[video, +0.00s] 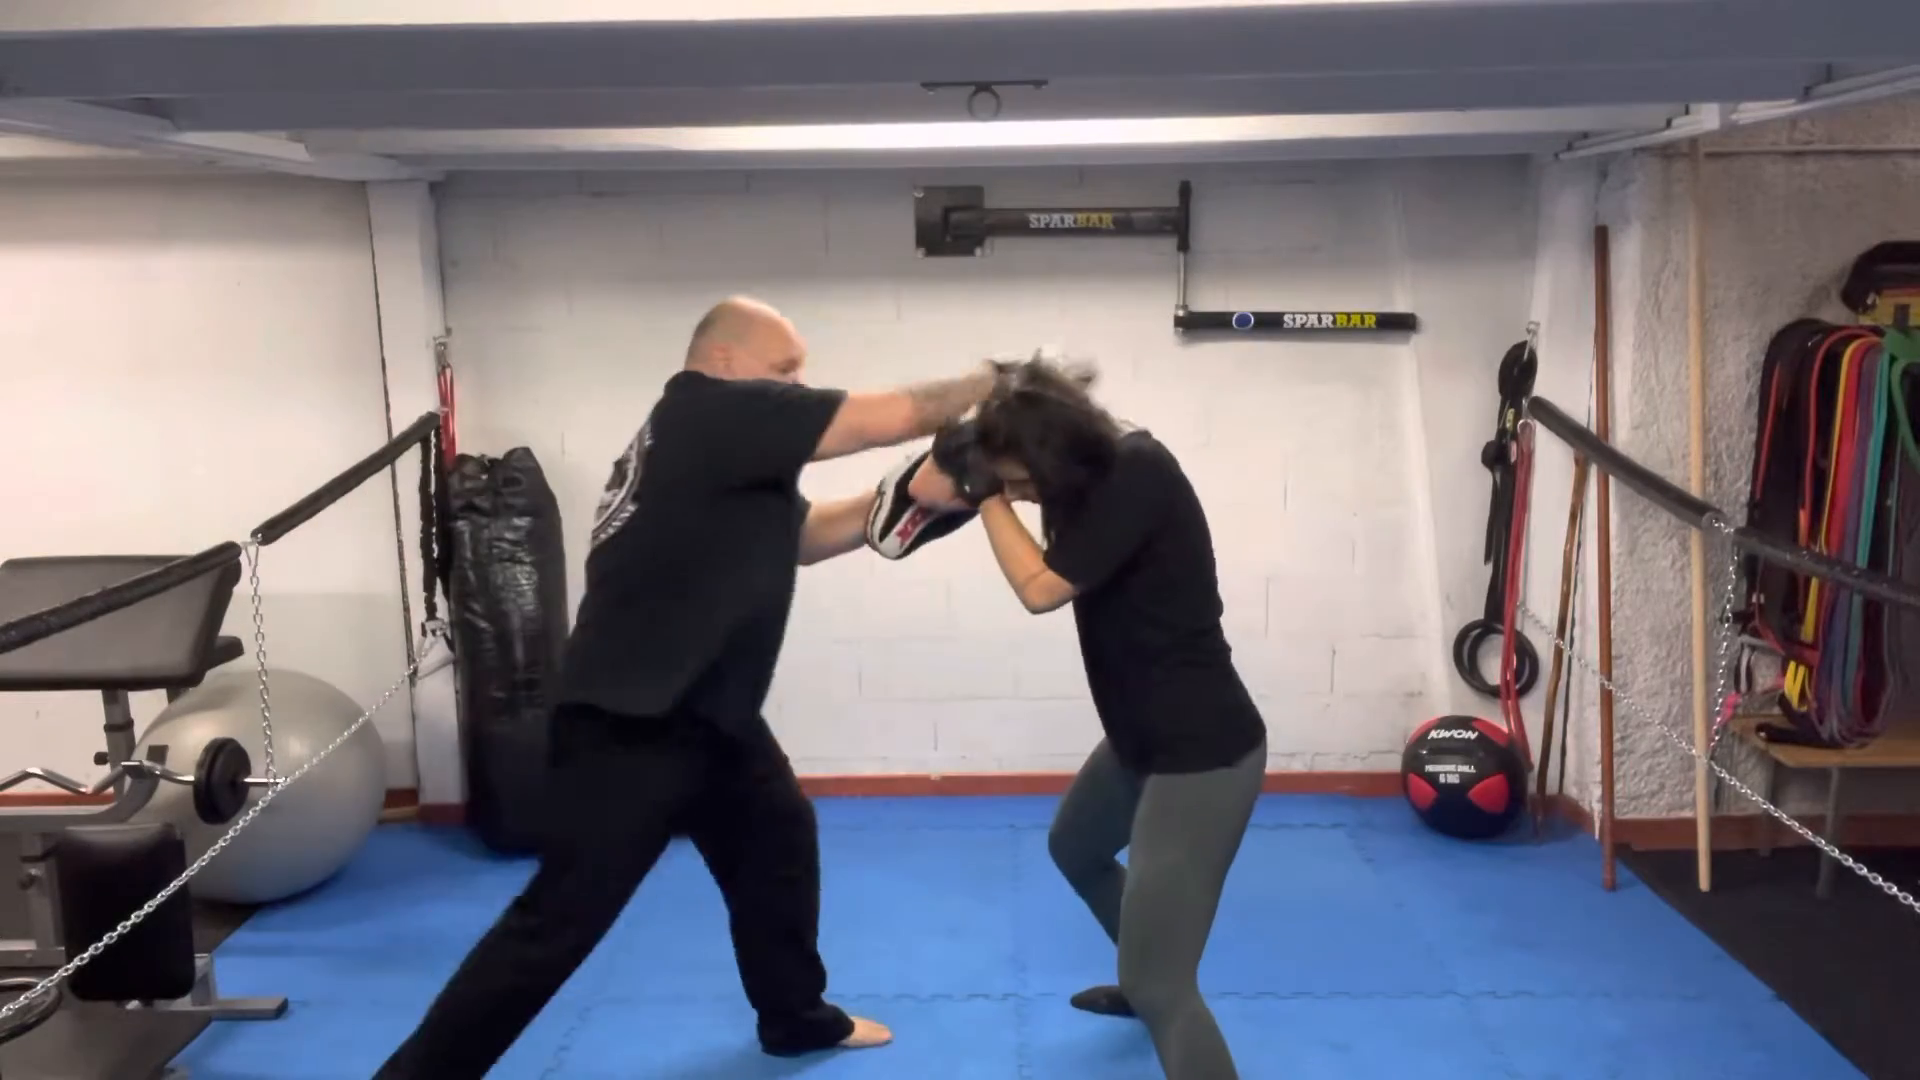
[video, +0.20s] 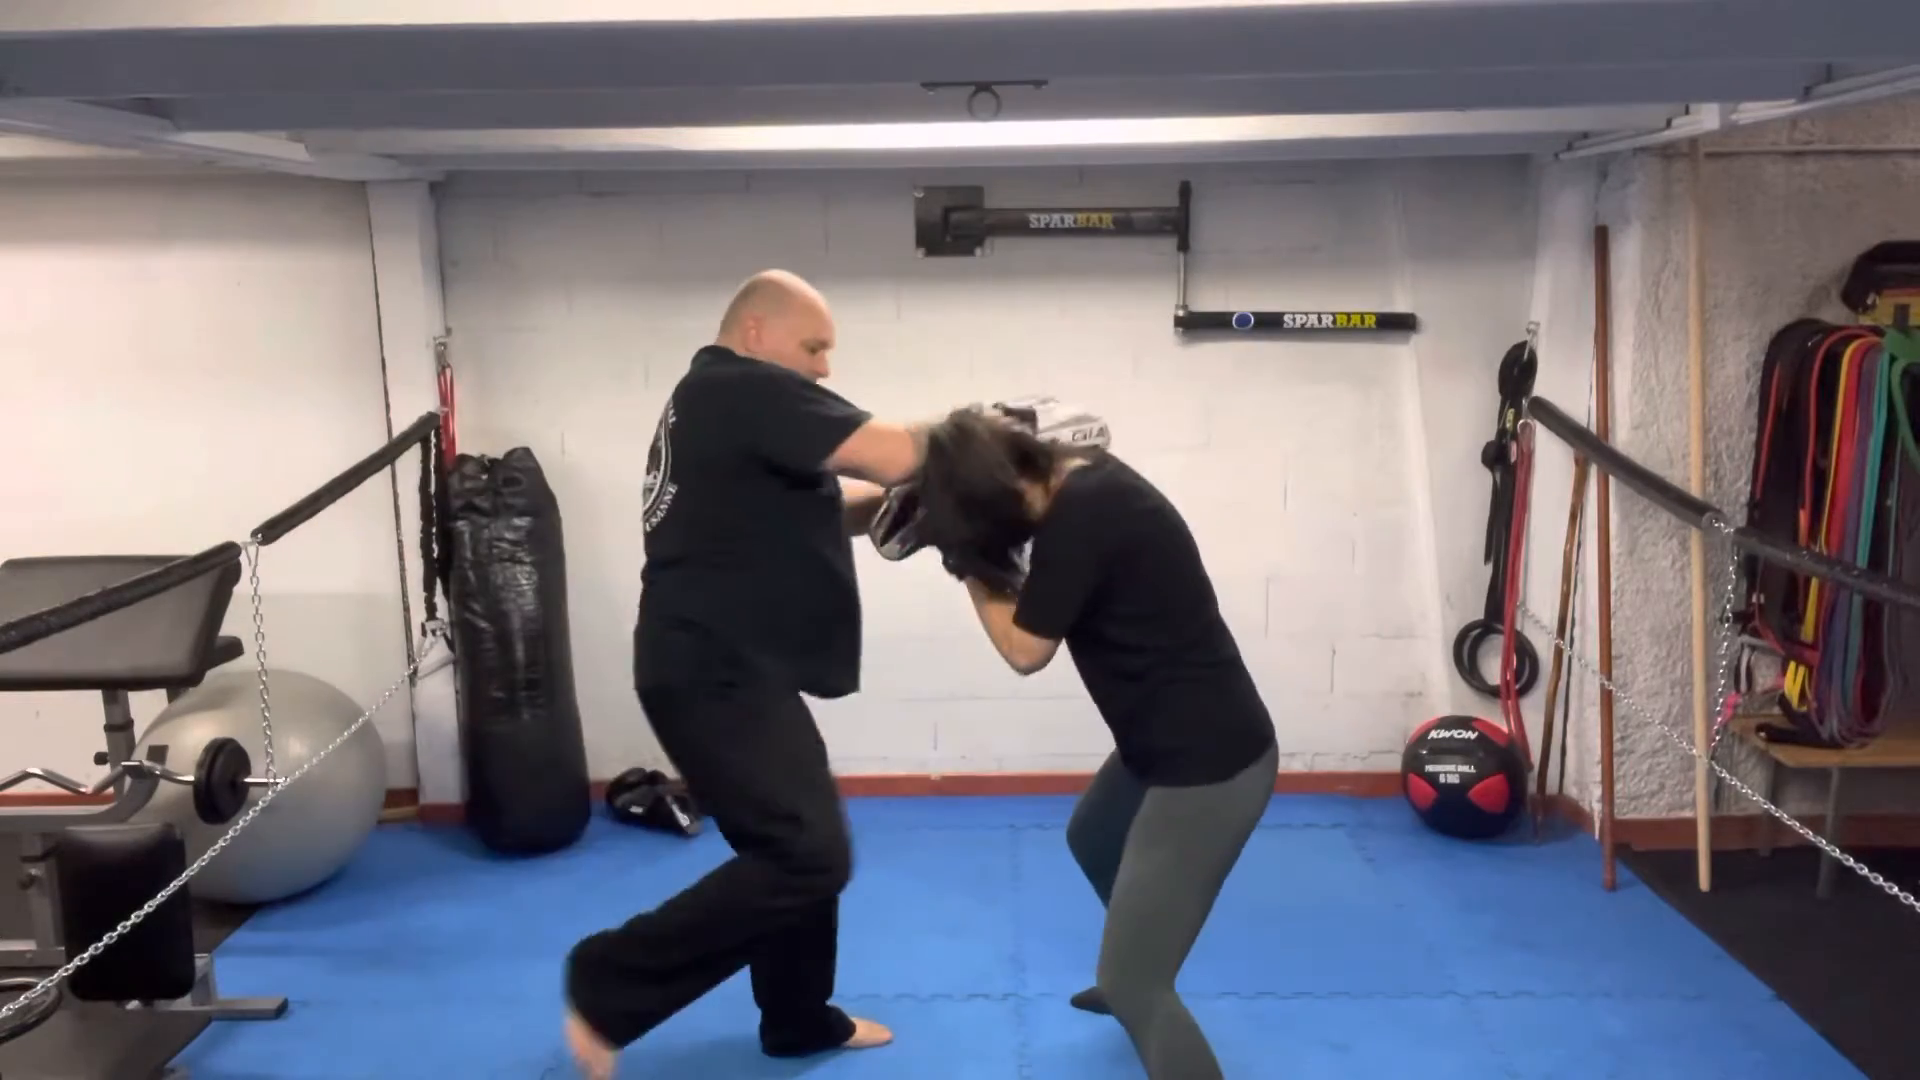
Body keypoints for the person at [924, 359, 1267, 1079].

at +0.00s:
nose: (1014, 495)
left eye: (1018, 482)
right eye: (1006, 484)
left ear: (1050, 463)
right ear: (1051, 442)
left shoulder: (1135, 476)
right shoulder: (1088, 469)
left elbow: (1039, 588)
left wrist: (986, 492)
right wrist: (956, 473)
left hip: (1204, 751)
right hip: (1144, 736)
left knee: (1157, 981)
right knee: (1077, 847)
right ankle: (1150, 984)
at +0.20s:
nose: (991, 536)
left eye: (988, 528)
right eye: (980, 531)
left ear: (998, 498)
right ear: (1016, 454)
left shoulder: (1084, 513)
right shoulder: (1080, 482)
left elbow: (1025, 651)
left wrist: (965, 556)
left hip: (1213, 765)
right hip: (1163, 745)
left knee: (1133, 983)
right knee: (1093, 839)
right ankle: (1135, 982)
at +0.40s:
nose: (990, 607)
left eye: (984, 598)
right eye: (981, 603)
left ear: (1000, 565)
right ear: (997, 545)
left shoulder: (1079, 563)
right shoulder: (1070, 533)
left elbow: (1049, 714)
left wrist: (981, 667)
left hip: (1237, 783)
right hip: (1173, 753)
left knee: (1130, 988)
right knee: (1086, 864)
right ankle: (1148, 986)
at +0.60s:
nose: (1025, 614)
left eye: (1025, 605)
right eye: (1015, 609)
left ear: (1055, 575)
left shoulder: (1156, 561)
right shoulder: (1043, 543)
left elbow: (1179, 718)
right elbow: (1114, 681)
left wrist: (1055, 702)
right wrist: (1046, 691)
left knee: (1150, 990)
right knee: (1070, 898)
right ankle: (1143, 977)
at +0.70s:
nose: (1072, 559)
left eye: (1076, 548)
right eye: (1064, 549)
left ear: (1102, 522)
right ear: (1052, 522)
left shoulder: (1193, 525)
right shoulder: (1058, 519)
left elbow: (1221, 678)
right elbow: (950, 629)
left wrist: (1076, 685)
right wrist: (1007, 517)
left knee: (1135, 996)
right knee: (1060, 903)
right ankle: (1140, 986)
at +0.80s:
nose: (1053, 476)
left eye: (1072, 472)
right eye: (1053, 458)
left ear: (1131, 475)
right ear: (1057, 431)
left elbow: (1186, 651)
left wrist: (1057, 599)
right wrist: (1036, 418)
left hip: (1187, 776)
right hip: (1102, 754)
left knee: (1122, 999)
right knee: (1052, 897)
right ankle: (1140, 987)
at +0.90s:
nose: (1037, 414)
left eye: (1055, 408)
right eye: (1040, 400)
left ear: (1111, 430)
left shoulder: (1170, 500)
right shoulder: (1086, 451)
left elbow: (1047, 579)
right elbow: (1014, 390)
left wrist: (982, 453)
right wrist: (962, 386)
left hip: (1157, 772)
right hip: (1094, 747)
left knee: (1105, 997)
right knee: (1040, 872)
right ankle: (1135, 994)